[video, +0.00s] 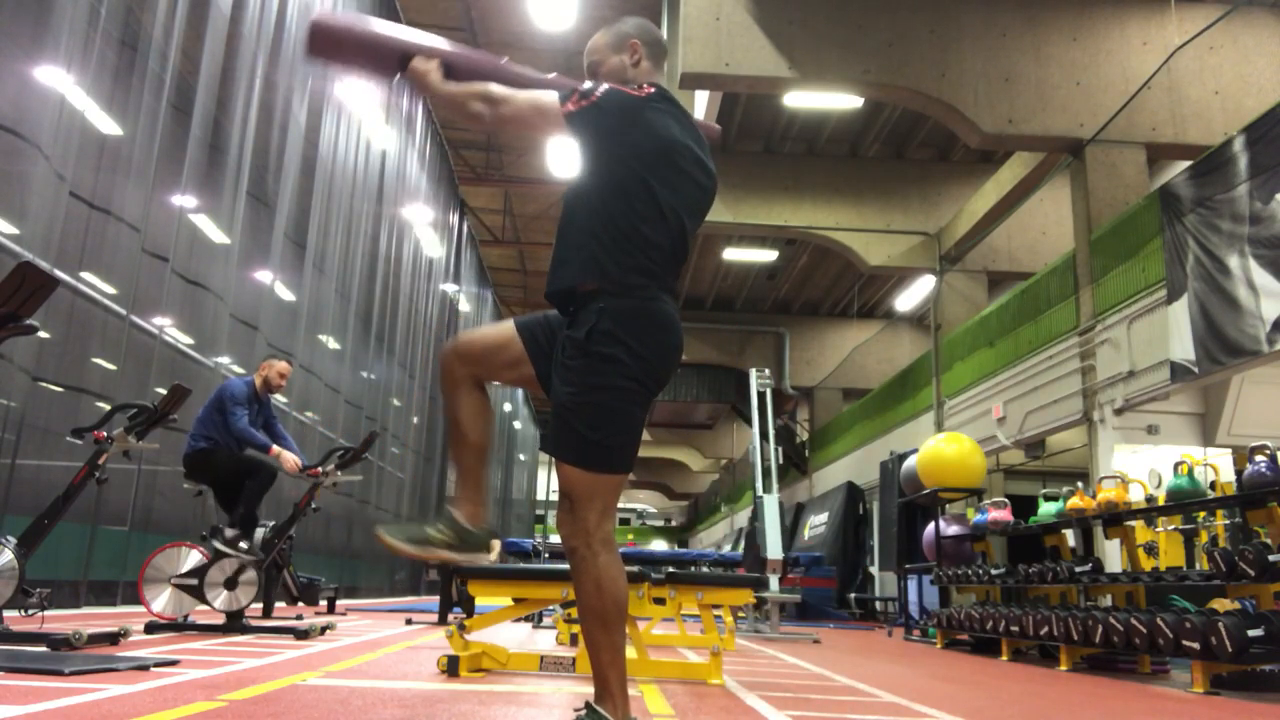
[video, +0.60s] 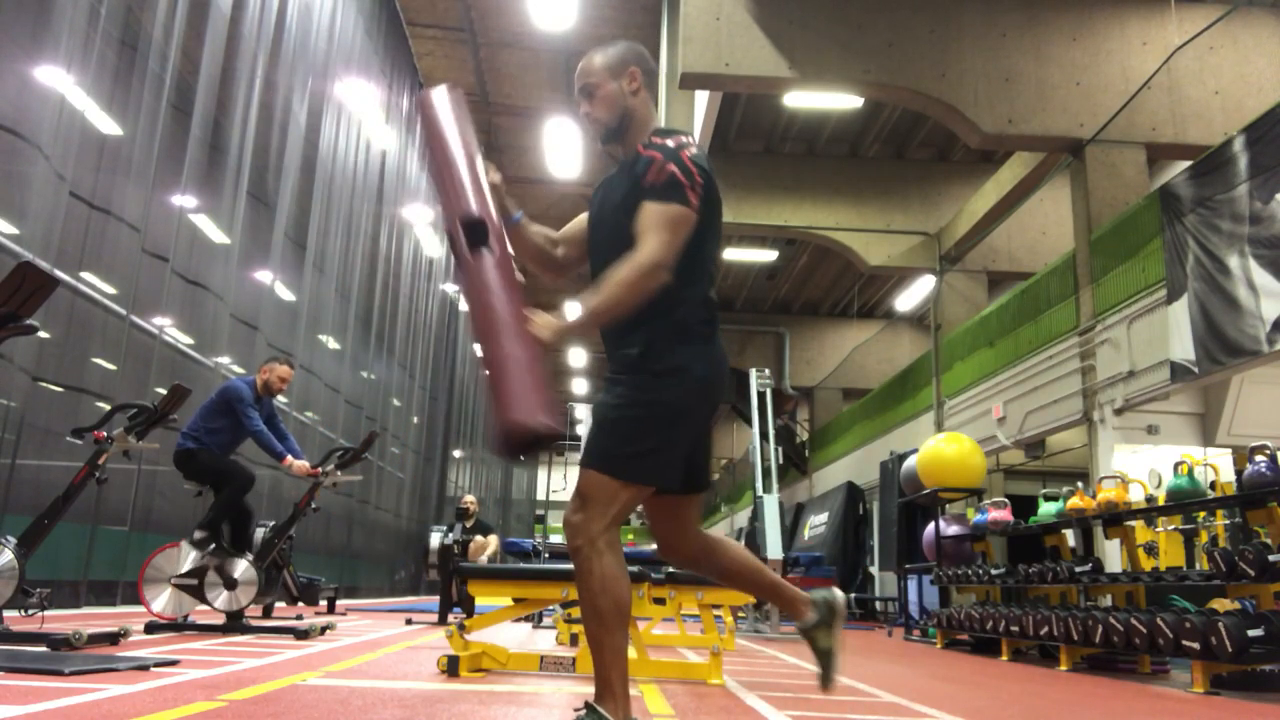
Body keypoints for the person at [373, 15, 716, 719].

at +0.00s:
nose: (591, 80)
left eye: (597, 67)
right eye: (589, 70)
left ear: (639, 56)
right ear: (648, 65)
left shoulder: (618, 107)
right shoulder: (698, 150)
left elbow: (488, 109)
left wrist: (426, 76)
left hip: (618, 329)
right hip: (599, 323)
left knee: (587, 530)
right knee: (463, 357)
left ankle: (613, 707)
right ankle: (469, 524)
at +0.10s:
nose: (595, 85)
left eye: (603, 71)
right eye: (594, 74)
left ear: (643, 60)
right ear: (652, 68)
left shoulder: (629, 114)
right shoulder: (697, 154)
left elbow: (504, 131)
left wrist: (425, 115)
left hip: (621, 334)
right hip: (612, 330)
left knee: (586, 530)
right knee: (472, 395)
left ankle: (614, 708)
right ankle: (523, 548)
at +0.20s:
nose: (596, 83)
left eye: (603, 69)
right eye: (594, 73)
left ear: (646, 60)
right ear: (650, 68)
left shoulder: (646, 122)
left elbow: (524, 160)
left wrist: (423, 157)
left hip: (626, 343)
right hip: (614, 339)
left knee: (588, 530)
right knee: (498, 444)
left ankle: (614, 709)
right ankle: (586, 553)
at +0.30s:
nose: (594, 86)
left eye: (602, 72)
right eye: (592, 76)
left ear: (645, 62)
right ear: (645, 68)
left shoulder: (654, 126)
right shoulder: (674, 138)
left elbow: (546, 186)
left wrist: (435, 201)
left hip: (637, 344)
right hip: (630, 341)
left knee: (587, 521)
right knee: (537, 481)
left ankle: (613, 708)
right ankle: (654, 586)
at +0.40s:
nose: (591, 88)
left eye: (598, 73)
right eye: (588, 79)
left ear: (642, 64)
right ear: (642, 69)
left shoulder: (656, 131)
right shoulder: (656, 133)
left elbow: (581, 214)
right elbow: (589, 219)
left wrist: (463, 245)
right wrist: (533, 187)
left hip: (644, 351)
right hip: (650, 348)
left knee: (587, 524)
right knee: (598, 509)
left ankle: (612, 708)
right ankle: (721, 593)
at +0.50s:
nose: (587, 96)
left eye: (595, 80)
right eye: (583, 87)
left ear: (639, 71)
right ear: (629, 79)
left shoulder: (666, 141)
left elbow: (616, 240)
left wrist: (506, 287)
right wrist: (516, 189)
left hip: (653, 363)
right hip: (661, 363)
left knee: (588, 527)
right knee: (639, 529)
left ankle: (612, 707)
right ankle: (775, 594)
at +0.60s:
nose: (582, 107)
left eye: (591, 91)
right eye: (579, 96)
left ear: (635, 83)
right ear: (620, 90)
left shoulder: (670, 157)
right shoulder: (623, 182)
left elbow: (654, 259)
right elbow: (555, 256)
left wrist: (568, 318)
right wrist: (501, 207)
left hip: (663, 372)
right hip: (667, 374)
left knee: (589, 527)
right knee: (679, 540)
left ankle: (613, 707)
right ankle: (810, 610)